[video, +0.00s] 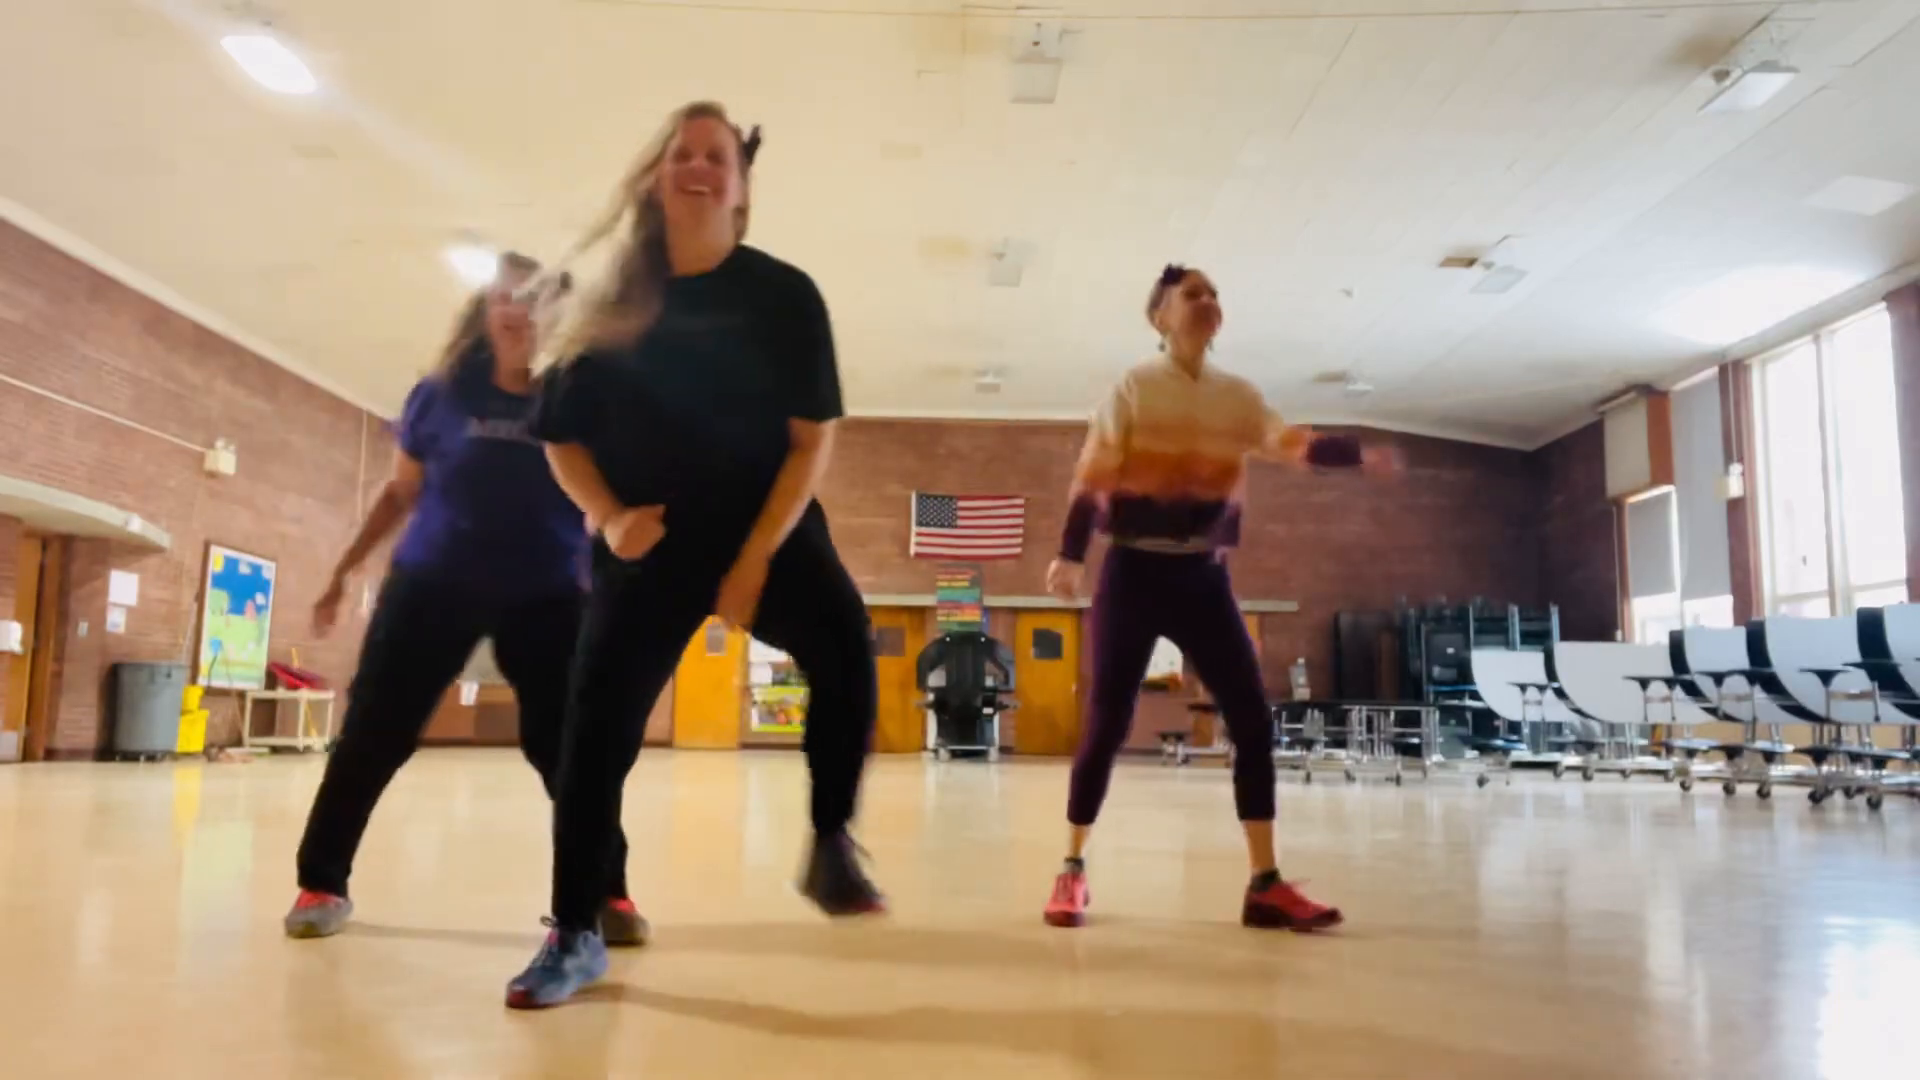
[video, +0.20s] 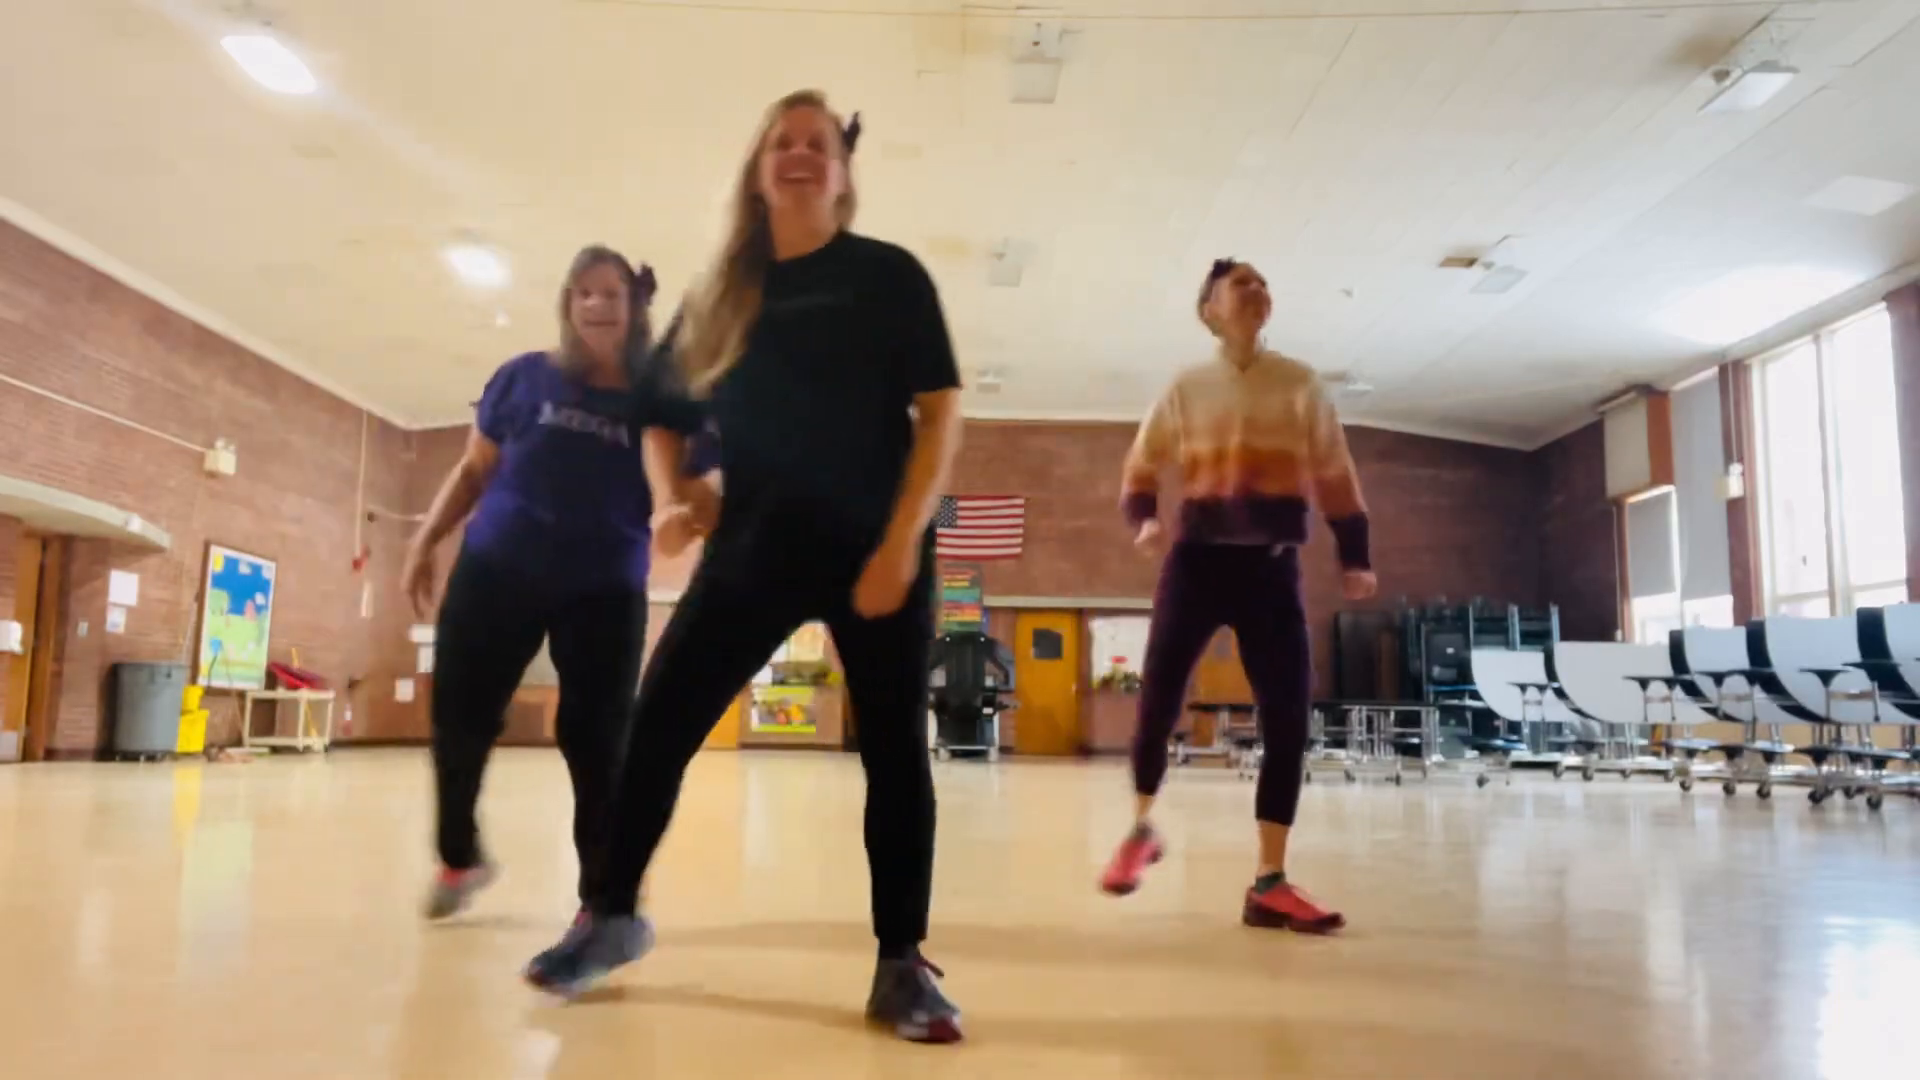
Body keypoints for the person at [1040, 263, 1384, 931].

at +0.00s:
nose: (1207, 301)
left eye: (1212, 294)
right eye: (1191, 294)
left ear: (1219, 315)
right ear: (1159, 315)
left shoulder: (1238, 398)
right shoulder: (1134, 389)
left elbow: (1292, 446)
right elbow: (1092, 478)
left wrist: (1358, 454)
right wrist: (1070, 554)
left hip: (1200, 577)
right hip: (1130, 574)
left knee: (1252, 722)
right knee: (1106, 723)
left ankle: (1264, 882)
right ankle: (1072, 869)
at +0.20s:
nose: (1255, 290)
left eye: (1260, 283)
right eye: (1239, 283)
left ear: (1269, 307)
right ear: (1209, 310)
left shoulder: (1299, 385)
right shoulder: (1184, 389)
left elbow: (1335, 474)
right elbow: (1142, 468)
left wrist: (1357, 557)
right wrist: (1142, 516)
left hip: (1271, 572)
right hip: (1195, 567)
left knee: (1288, 726)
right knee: (1157, 701)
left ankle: (1269, 881)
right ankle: (1140, 828)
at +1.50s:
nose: (1450, 325)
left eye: (1461, 315)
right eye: (1438, 315)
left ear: (1480, 326)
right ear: (1421, 328)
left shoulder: (1515, 405)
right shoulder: (1391, 407)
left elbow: (1538, 501)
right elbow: (1363, 499)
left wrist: (1475, 480)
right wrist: (1423, 482)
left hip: (1479, 586)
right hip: (1400, 582)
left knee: (1484, 737)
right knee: (1386, 728)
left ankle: (1469, 879)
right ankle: (1386, 861)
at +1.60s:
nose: (1446, 322)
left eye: (1458, 312)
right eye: (1435, 312)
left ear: (1478, 324)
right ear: (1419, 324)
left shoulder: (1509, 409)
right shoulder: (1384, 403)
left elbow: (1538, 502)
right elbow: (1340, 487)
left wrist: (1510, 536)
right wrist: (1382, 524)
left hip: (1469, 581)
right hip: (1390, 578)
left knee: (1484, 737)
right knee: (1372, 721)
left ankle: (1473, 879)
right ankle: (1387, 841)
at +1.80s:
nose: (1411, 314)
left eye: (1423, 304)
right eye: (1401, 304)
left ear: (1442, 314)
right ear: (1384, 312)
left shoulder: (1475, 392)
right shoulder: (1346, 391)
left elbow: (1532, 460)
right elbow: (1287, 448)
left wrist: (1543, 527)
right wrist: (1278, 501)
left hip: (1434, 563)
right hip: (1357, 559)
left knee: (1450, 720)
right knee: (1311, 668)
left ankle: (1463, 878)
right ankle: (1322, 811)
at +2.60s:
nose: (1392, 345)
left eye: (1391, 333)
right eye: (1388, 332)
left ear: (1332, 334)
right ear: (1369, 332)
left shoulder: (1288, 404)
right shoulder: (1365, 402)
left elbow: (1263, 497)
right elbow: (1407, 505)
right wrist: (1478, 548)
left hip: (1289, 583)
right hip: (1345, 581)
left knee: (1332, 732)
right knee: (1416, 728)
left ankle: (1301, 883)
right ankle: (1323, 837)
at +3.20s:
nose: (1335, 322)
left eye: (1340, 312)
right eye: (1340, 312)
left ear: (1356, 316)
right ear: (1392, 322)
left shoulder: (1342, 383)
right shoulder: (1435, 385)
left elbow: (1298, 459)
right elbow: (1483, 461)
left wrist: (1265, 399)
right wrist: (1524, 501)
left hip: (1376, 563)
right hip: (1450, 557)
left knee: (1379, 727)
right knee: (1462, 696)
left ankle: (1419, 884)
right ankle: (1510, 828)